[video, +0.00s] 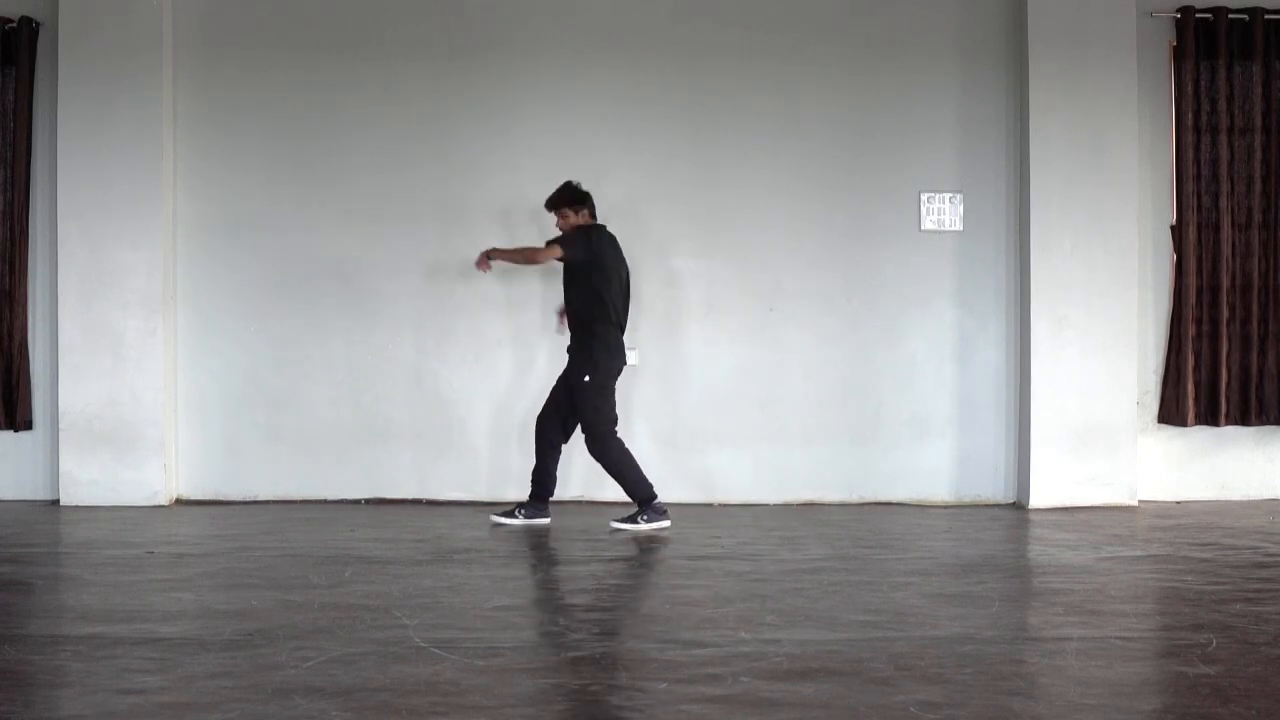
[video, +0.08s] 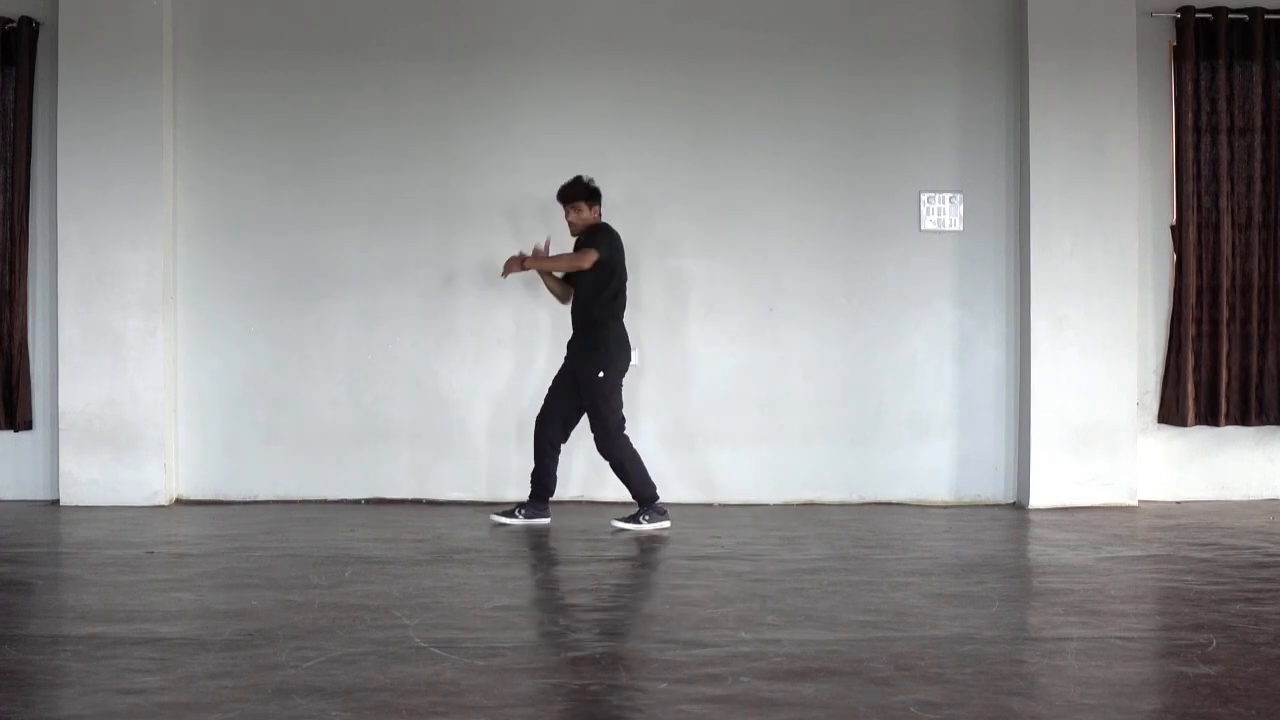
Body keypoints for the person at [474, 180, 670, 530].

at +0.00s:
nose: (557, 224)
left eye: (561, 216)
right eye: (556, 217)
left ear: (580, 212)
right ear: (585, 215)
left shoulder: (586, 238)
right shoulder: (605, 242)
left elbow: (540, 255)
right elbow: (610, 294)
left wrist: (494, 253)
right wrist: (574, 311)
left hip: (595, 355)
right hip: (593, 355)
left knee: (600, 438)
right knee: (549, 426)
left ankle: (652, 507)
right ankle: (537, 505)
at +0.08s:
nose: (568, 217)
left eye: (575, 210)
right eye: (566, 210)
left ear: (595, 209)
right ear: (565, 213)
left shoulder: (604, 235)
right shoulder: (581, 250)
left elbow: (583, 260)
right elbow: (565, 295)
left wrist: (526, 263)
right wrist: (542, 269)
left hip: (605, 351)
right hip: (581, 352)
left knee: (609, 437)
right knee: (548, 426)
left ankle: (653, 507)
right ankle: (537, 505)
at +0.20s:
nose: (575, 210)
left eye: (580, 203)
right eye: (572, 204)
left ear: (599, 202)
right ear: (576, 208)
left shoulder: (622, 237)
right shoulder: (571, 239)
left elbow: (619, 230)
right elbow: (542, 264)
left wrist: (576, 199)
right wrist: (565, 215)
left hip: (611, 358)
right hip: (571, 357)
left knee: (626, 436)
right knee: (539, 424)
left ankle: (656, 508)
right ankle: (538, 505)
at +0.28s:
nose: (612, 216)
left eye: (609, 209)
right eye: (605, 208)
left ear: (613, 212)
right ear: (590, 212)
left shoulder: (626, 245)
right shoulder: (573, 241)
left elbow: (644, 220)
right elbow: (557, 270)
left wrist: (611, 186)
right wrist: (588, 225)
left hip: (615, 366)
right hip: (568, 365)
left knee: (646, 436)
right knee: (529, 427)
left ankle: (662, 508)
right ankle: (535, 506)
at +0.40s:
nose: (607, 258)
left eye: (612, 253)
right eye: (602, 251)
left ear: (621, 248)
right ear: (589, 245)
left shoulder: (624, 267)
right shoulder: (573, 266)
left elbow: (664, 240)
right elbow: (571, 315)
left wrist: (630, 205)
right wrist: (603, 274)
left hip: (615, 382)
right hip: (568, 383)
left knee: (658, 430)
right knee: (521, 437)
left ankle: (666, 511)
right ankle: (526, 508)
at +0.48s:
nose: (589, 277)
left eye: (594, 271)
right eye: (582, 272)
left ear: (601, 266)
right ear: (569, 269)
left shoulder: (615, 282)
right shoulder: (558, 288)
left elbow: (665, 271)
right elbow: (563, 343)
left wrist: (657, 235)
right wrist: (587, 298)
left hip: (616, 393)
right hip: (569, 395)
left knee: (660, 433)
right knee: (519, 441)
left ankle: (665, 512)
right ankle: (524, 509)